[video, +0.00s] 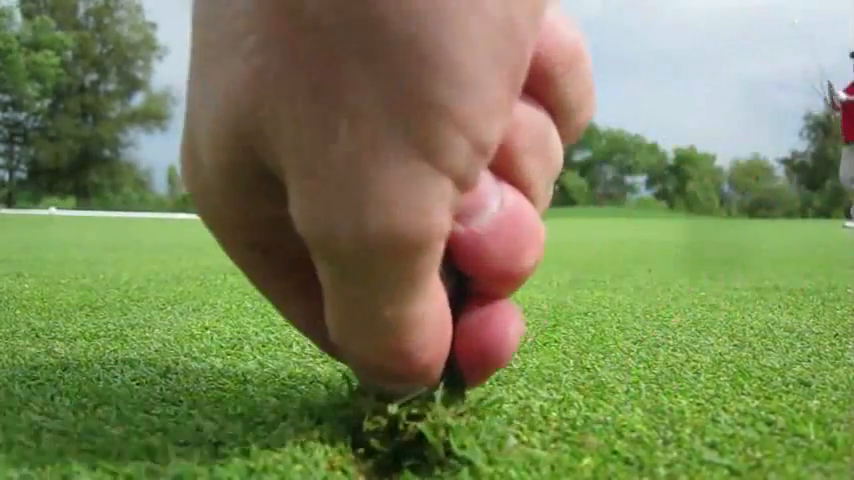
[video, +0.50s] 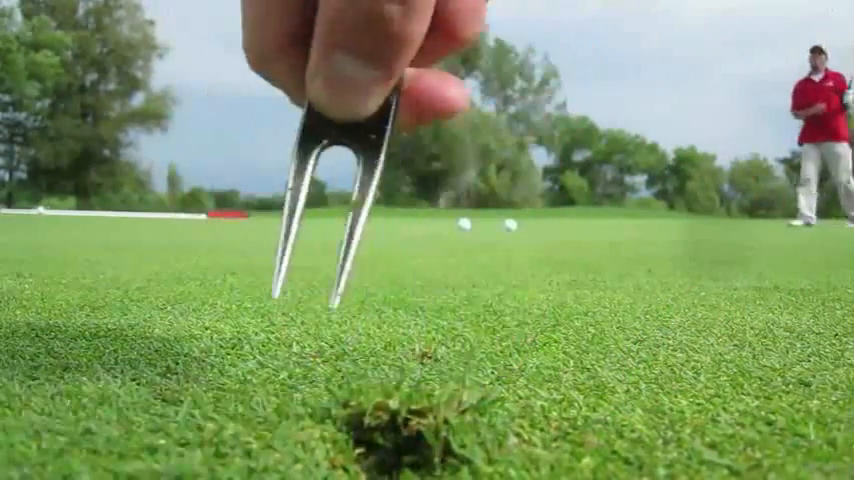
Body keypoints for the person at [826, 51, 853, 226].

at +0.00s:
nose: (851, 61)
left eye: (852, 58)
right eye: (851, 58)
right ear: (850, 61)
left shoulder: (849, 89)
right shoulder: (848, 88)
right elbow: (840, 107)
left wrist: (844, 97)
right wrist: (835, 101)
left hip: (849, 140)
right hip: (847, 140)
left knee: (846, 178)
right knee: (845, 178)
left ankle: (850, 215)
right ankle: (850, 214)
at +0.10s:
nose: (848, 62)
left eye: (850, 59)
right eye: (848, 59)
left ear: (853, 62)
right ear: (847, 61)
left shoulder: (850, 84)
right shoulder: (843, 84)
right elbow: (834, 107)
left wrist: (841, 92)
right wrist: (833, 97)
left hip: (849, 137)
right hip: (843, 137)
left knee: (844, 175)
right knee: (840, 175)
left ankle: (849, 214)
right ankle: (846, 214)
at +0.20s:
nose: (843, 60)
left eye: (846, 56)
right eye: (841, 56)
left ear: (853, 60)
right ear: (839, 59)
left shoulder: (850, 83)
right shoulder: (833, 85)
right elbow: (825, 111)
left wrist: (849, 97)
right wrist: (832, 100)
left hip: (848, 136)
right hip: (838, 137)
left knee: (837, 176)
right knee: (832, 176)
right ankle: (827, 215)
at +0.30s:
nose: (835, 61)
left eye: (838, 57)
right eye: (832, 57)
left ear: (845, 60)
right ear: (830, 60)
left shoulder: (851, 80)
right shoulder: (823, 86)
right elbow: (819, 110)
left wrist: (850, 101)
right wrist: (833, 100)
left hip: (850, 137)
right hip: (830, 138)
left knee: (851, 180)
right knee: (825, 177)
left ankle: (852, 218)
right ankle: (813, 212)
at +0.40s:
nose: (825, 60)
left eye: (829, 57)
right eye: (823, 57)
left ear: (836, 60)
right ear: (820, 60)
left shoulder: (848, 81)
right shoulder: (812, 86)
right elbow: (807, 113)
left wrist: (850, 102)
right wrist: (825, 105)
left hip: (846, 139)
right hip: (821, 140)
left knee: (850, 180)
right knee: (817, 178)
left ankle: (851, 217)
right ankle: (808, 214)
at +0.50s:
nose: (816, 60)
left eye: (819, 56)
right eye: (813, 57)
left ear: (825, 59)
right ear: (809, 60)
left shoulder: (838, 80)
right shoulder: (801, 85)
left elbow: (846, 103)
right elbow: (796, 112)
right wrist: (813, 110)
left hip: (836, 137)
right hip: (810, 138)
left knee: (844, 180)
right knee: (807, 179)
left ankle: (851, 215)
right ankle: (806, 216)